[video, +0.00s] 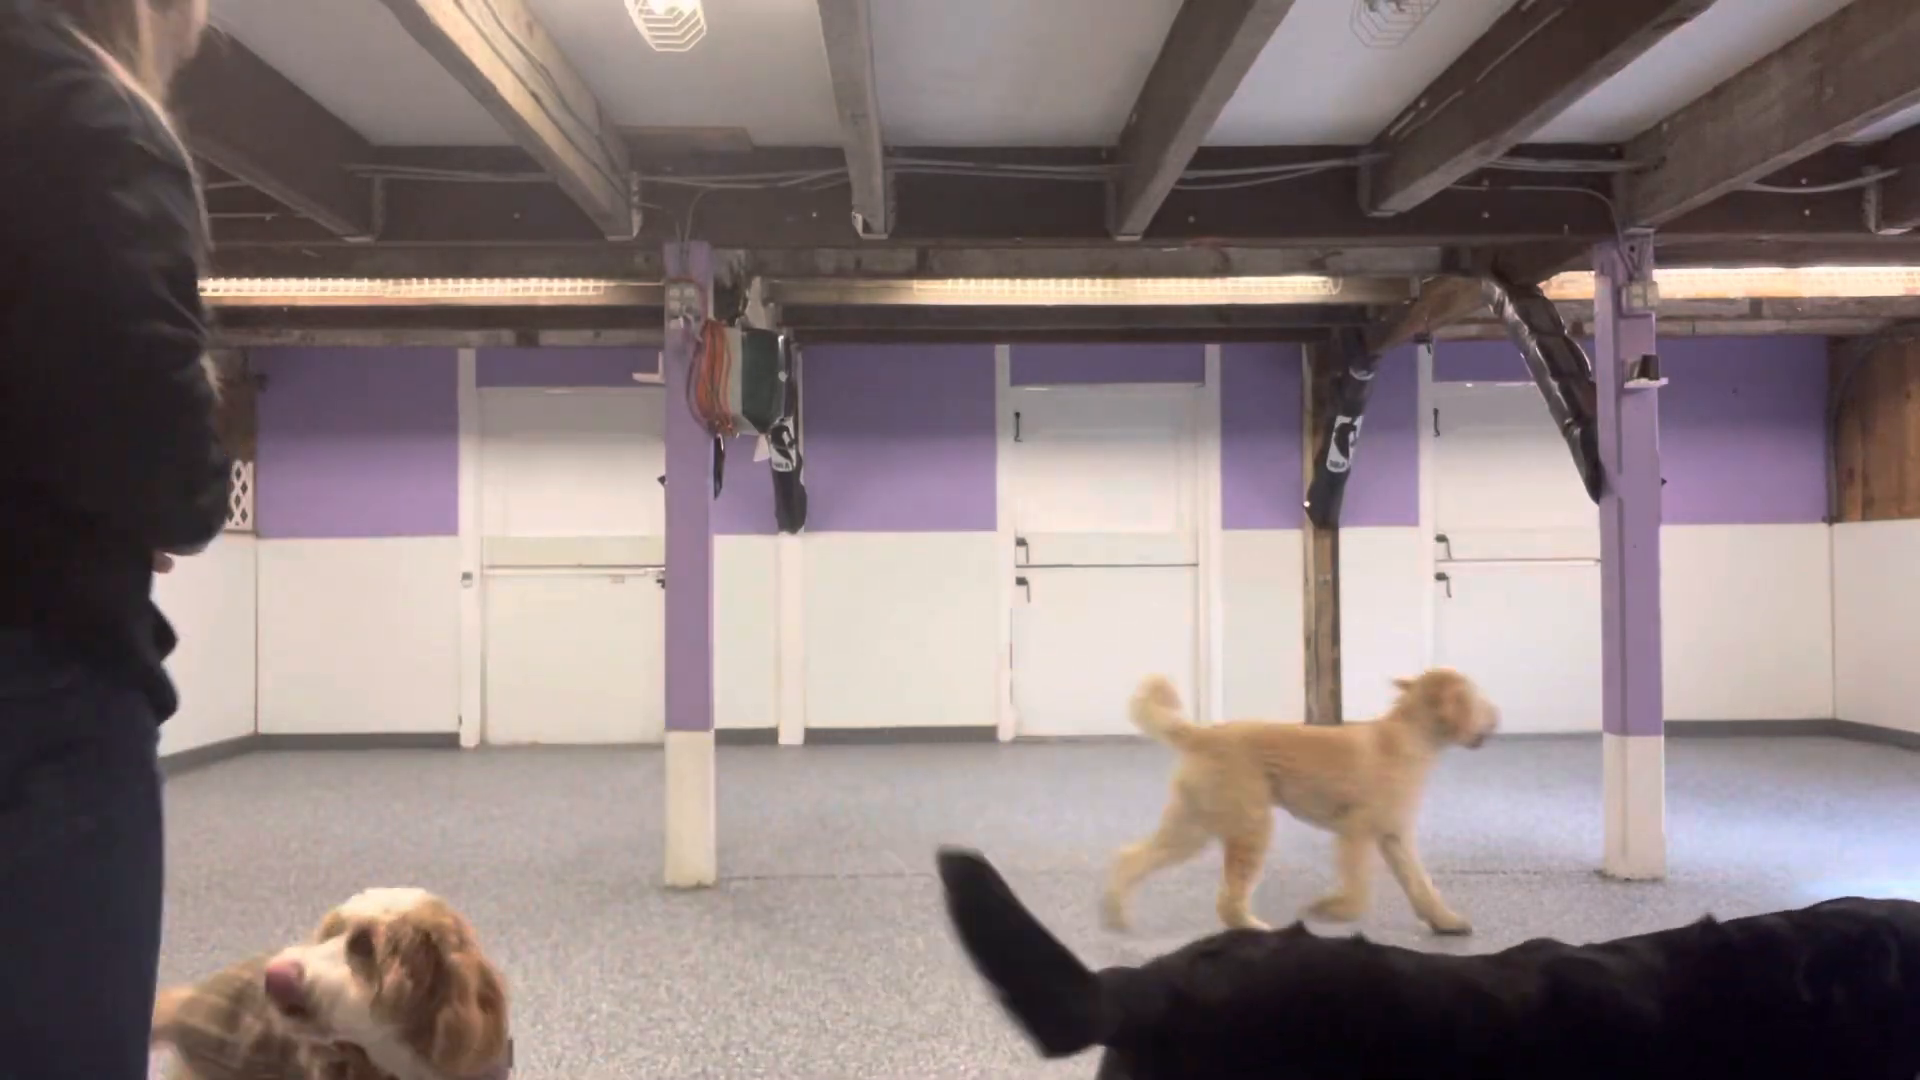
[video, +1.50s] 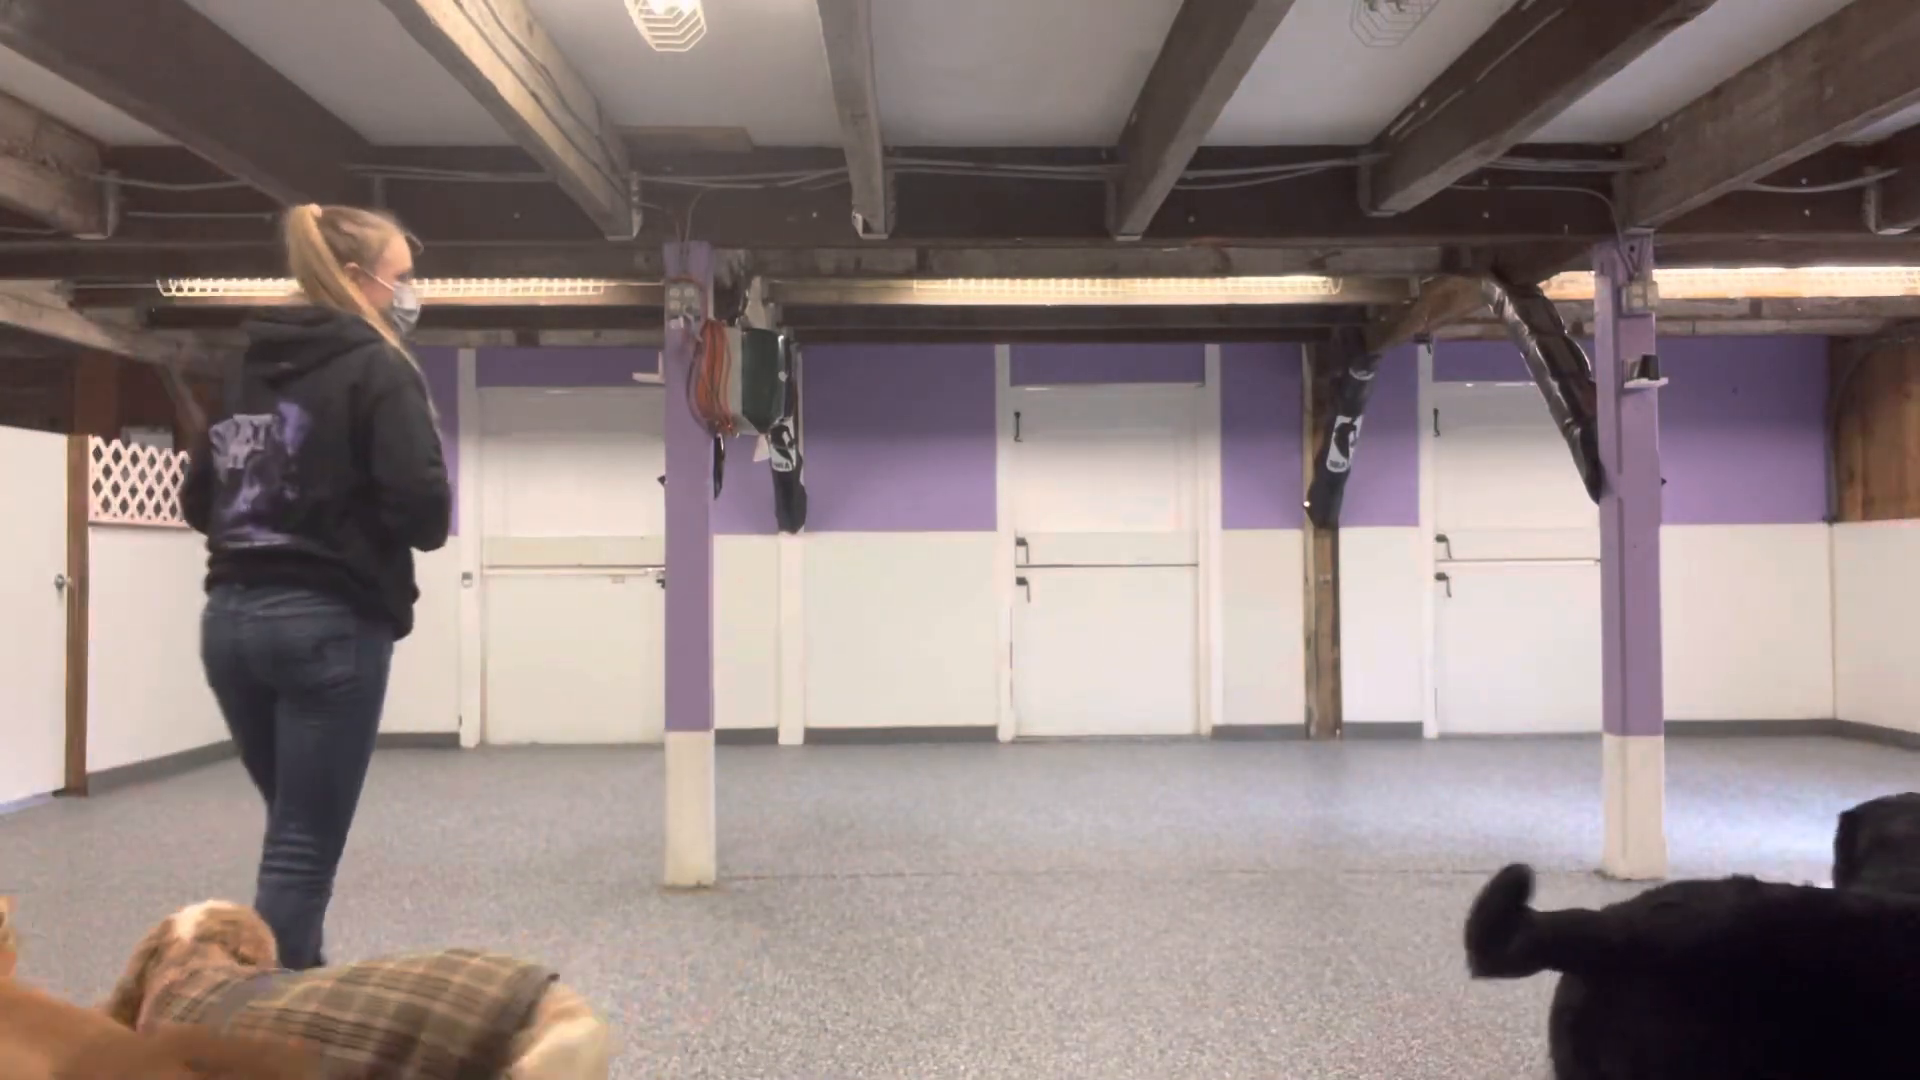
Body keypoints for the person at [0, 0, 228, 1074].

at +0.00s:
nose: (189, 46)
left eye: (190, 31)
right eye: (183, 24)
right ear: (142, 4)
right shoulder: (89, 120)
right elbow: (157, 473)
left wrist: (169, 492)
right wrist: (190, 495)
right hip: (51, 704)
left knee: (69, 1045)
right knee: (70, 1051)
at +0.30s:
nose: (266, 81)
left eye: (268, 54)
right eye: (259, 50)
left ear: (41, 7)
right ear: (210, 32)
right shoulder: (195, 195)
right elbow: (254, 482)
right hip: (92, 678)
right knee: (91, 1050)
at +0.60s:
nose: (226, 206)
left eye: (233, 183)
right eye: (214, 178)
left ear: (109, 147)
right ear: (150, 150)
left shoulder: (22, 240)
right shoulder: (148, 265)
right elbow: (162, 448)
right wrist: (227, 503)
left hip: (11, 660)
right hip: (88, 673)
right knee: (132, 1013)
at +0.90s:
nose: (244, 233)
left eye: (249, 210)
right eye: (237, 206)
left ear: (151, 186)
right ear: (176, 187)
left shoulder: (38, 278)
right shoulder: (162, 282)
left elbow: (39, 449)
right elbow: (149, 423)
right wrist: (254, 502)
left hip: (20, 626)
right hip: (132, 635)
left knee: (17, 932)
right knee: (207, 914)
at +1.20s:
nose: (325, 282)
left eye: (330, 262)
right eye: (319, 259)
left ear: (228, 243)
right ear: (271, 248)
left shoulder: (137, 350)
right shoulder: (274, 349)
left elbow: (105, 504)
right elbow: (269, 494)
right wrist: (343, 532)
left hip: (119, 648)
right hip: (244, 654)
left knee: (125, 908)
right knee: (260, 920)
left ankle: (26, 1063)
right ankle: (246, 1074)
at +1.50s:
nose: (410, 294)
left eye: (410, 278)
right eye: (401, 278)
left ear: (332, 277)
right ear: (357, 278)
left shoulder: (253, 362)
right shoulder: (380, 366)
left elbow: (199, 496)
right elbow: (425, 515)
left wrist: (270, 524)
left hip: (230, 622)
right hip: (330, 625)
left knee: (295, 835)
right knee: (301, 855)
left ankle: (304, 1013)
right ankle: (255, 1036)